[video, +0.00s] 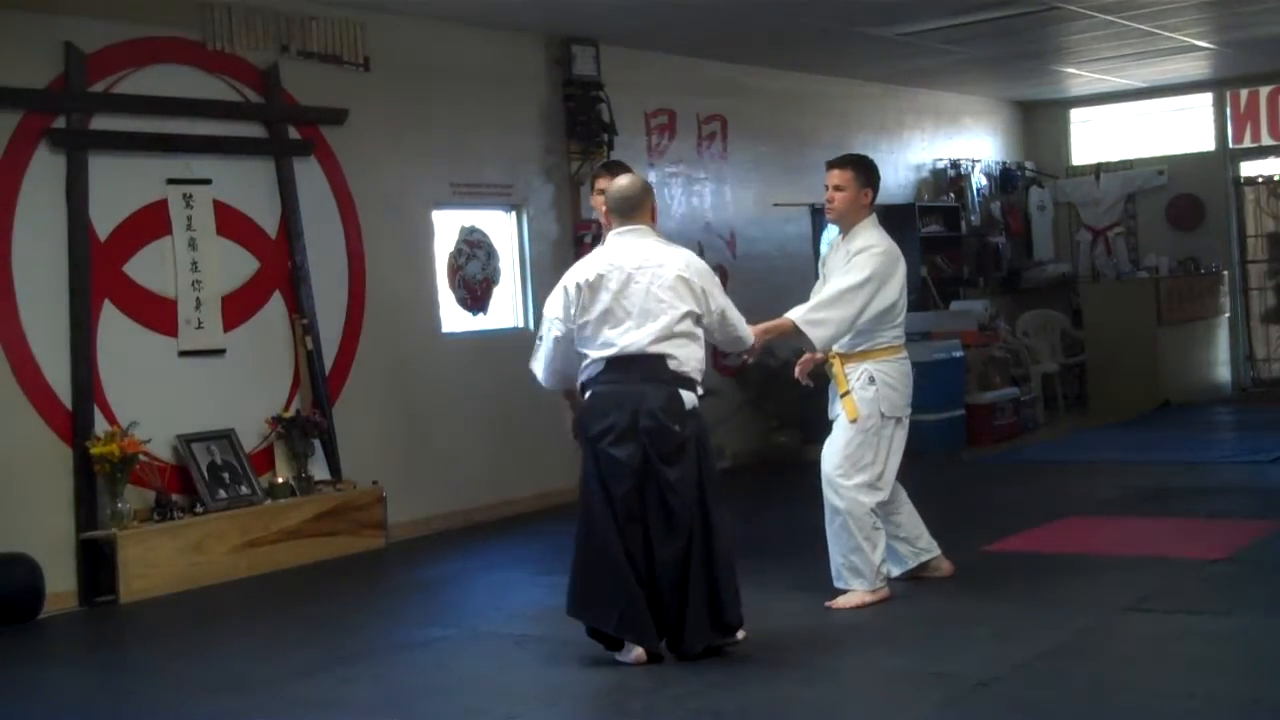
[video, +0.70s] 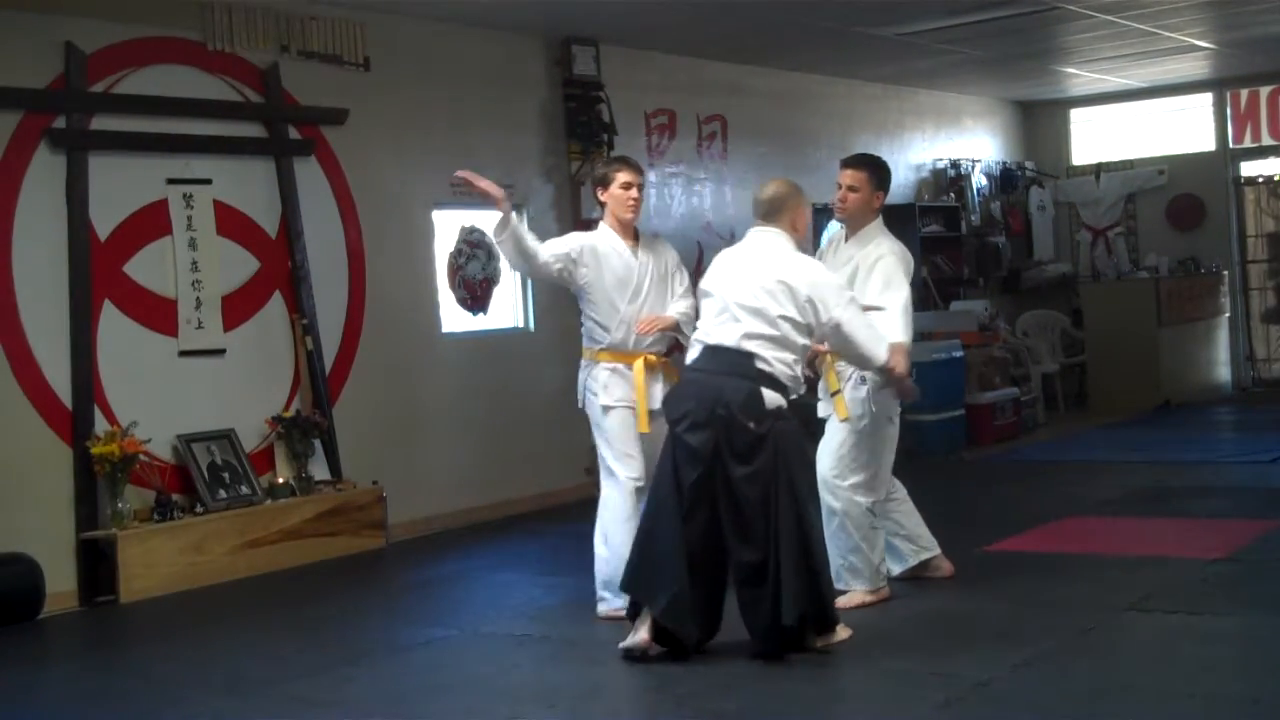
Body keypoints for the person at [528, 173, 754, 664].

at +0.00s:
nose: (595, 216)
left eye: (596, 210)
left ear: (605, 215)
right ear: (653, 211)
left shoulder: (581, 274)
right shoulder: (687, 265)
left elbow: (551, 369)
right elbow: (738, 339)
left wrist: (579, 402)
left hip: (606, 401)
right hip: (671, 398)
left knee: (616, 517)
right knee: (689, 511)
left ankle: (635, 638)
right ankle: (714, 623)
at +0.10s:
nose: (669, 215)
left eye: (606, 208)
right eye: (666, 207)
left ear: (613, 216)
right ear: (660, 212)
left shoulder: (584, 275)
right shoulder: (689, 264)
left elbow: (562, 372)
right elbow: (740, 338)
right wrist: (746, 348)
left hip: (608, 400)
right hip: (675, 396)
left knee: (617, 518)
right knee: (695, 511)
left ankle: (635, 639)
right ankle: (718, 622)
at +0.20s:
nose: (679, 217)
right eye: (676, 210)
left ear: (625, 218)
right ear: (669, 214)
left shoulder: (594, 269)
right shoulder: (696, 263)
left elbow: (578, 360)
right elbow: (738, 332)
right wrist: (758, 352)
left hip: (614, 400)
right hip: (681, 396)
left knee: (621, 519)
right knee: (704, 511)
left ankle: (634, 638)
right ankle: (721, 623)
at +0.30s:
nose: (695, 220)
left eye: (692, 213)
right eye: (693, 213)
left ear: (640, 217)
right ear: (685, 216)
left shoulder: (604, 269)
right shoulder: (710, 266)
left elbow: (600, 341)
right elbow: (758, 343)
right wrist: (768, 360)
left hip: (624, 399)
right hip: (689, 398)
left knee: (628, 518)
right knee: (727, 507)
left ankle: (635, 639)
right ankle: (770, 616)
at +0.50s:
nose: (747, 221)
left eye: (743, 213)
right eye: (745, 214)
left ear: (695, 220)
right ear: (738, 218)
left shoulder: (663, 266)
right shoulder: (759, 274)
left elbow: (634, 321)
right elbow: (810, 351)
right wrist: (812, 375)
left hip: (665, 400)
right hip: (730, 403)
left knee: (661, 519)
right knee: (760, 516)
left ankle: (643, 637)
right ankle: (808, 623)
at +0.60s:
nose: (780, 222)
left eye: (777, 215)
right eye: (778, 215)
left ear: (728, 219)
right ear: (769, 219)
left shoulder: (694, 265)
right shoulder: (789, 275)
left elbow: (688, 324)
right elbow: (837, 346)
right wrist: (853, 379)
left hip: (682, 393)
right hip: (747, 398)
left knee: (675, 515)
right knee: (774, 514)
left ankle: (649, 629)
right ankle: (799, 623)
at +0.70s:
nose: (811, 222)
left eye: (809, 214)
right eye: (809, 214)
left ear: (757, 218)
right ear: (798, 218)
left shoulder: (724, 261)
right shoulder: (809, 273)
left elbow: (723, 322)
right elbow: (860, 343)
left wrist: (799, 347)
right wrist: (892, 369)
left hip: (696, 383)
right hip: (758, 393)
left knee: (681, 507)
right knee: (786, 510)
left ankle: (650, 619)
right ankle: (809, 624)